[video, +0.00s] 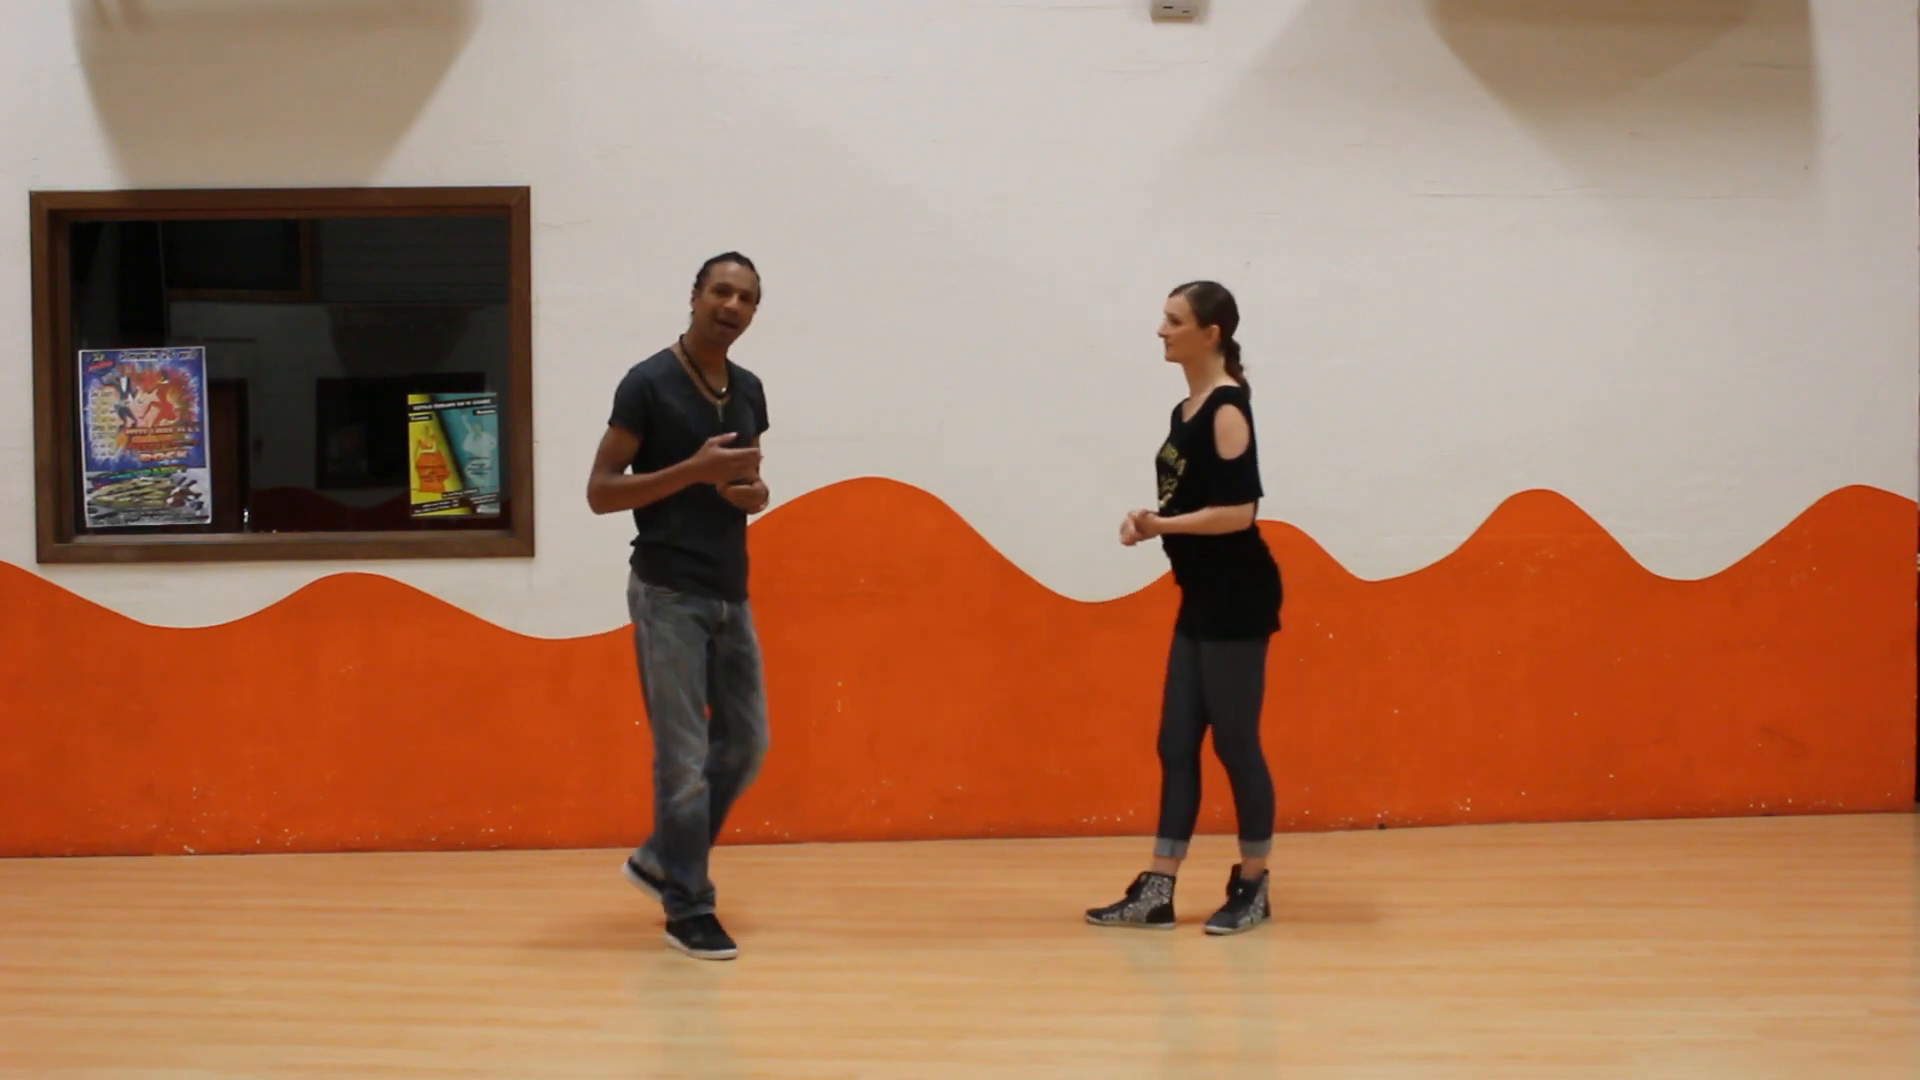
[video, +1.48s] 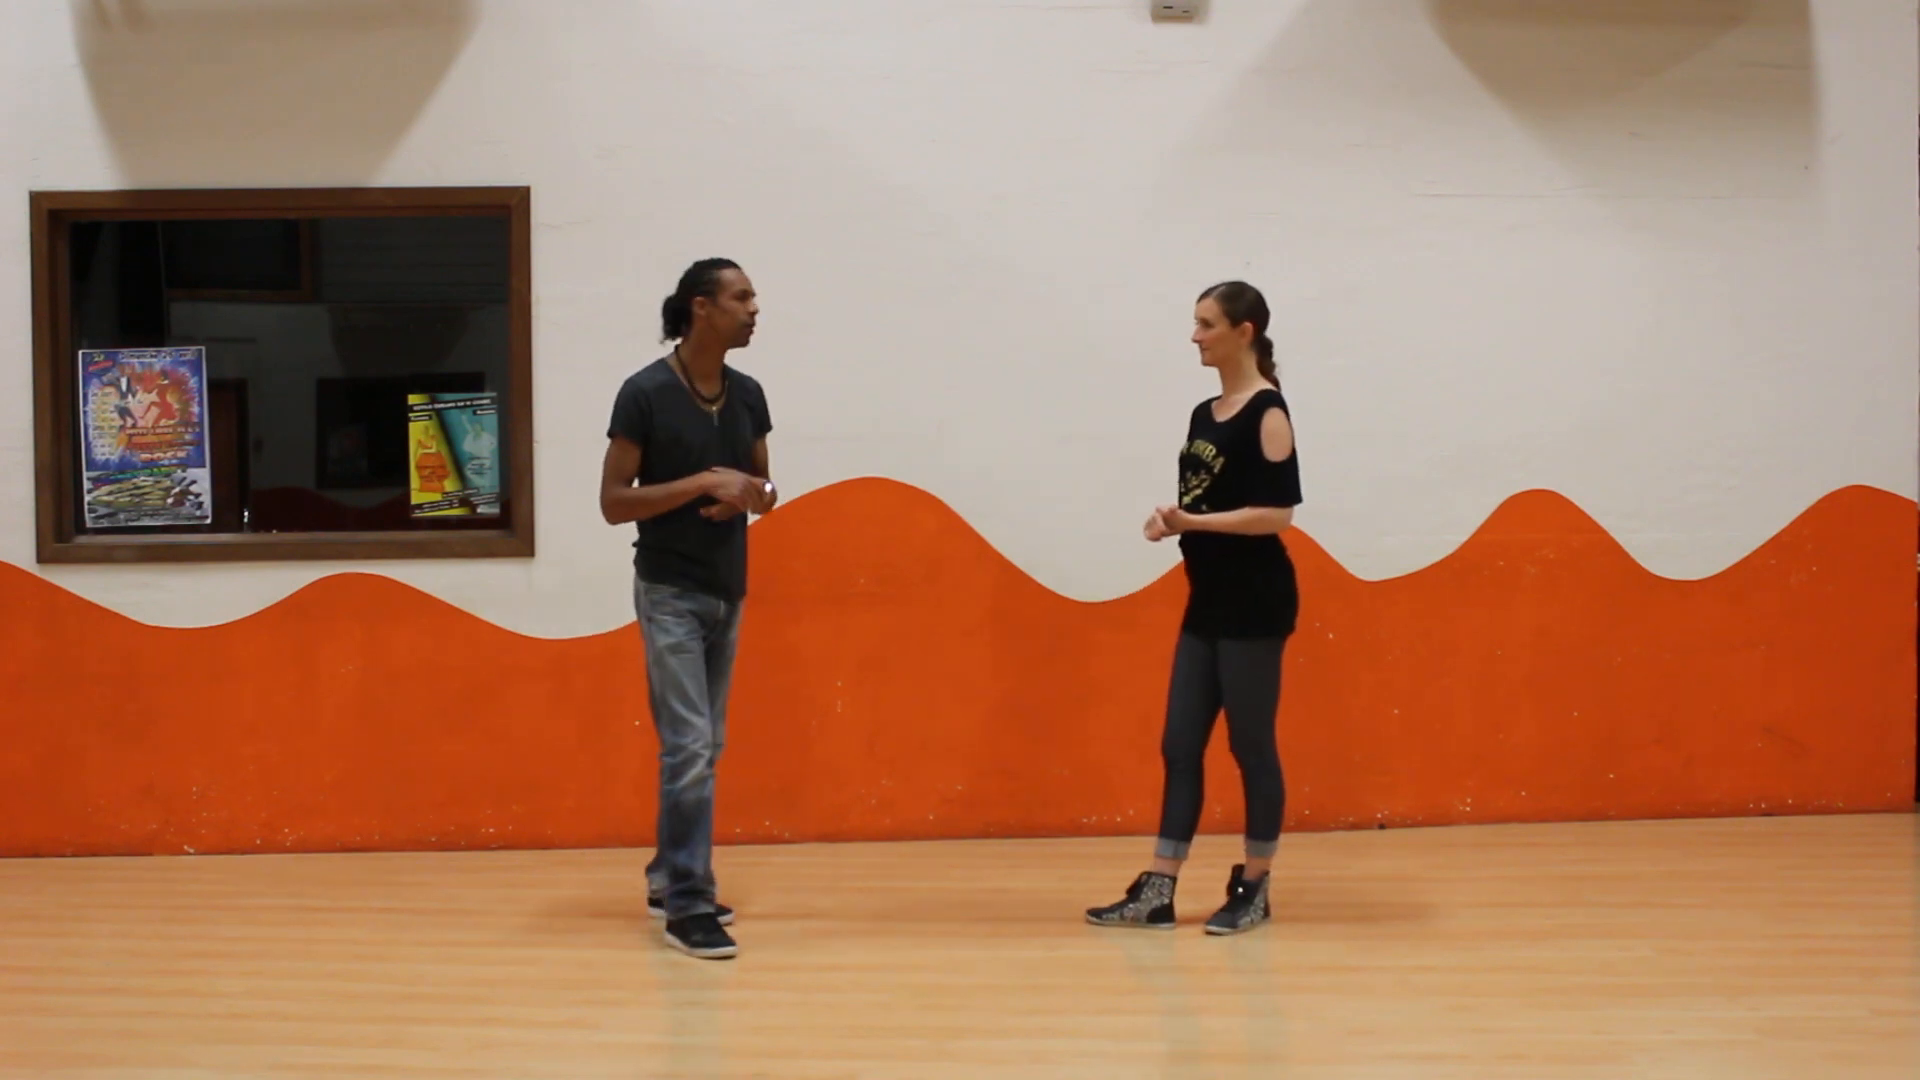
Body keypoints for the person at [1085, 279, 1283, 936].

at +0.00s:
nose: (1161, 331)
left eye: (1173, 323)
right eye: (1163, 321)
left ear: (1212, 332)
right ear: (1198, 332)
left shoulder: (1227, 408)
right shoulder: (1187, 408)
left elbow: (1241, 512)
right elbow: (1197, 502)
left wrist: (1159, 524)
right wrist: (1155, 521)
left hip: (1238, 602)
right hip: (1199, 599)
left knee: (1238, 745)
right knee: (1177, 745)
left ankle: (1252, 888)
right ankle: (1158, 888)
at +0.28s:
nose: (1180, 338)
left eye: (1191, 328)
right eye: (1179, 326)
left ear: (1230, 332)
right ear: (1203, 333)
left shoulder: (1255, 410)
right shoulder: (1193, 411)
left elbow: (1271, 511)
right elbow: (1208, 503)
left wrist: (1186, 523)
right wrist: (1171, 520)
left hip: (1254, 602)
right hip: (1207, 598)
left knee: (1251, 744)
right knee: (1178, 744)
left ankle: (1253, 888)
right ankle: (1158, 888)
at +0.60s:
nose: (1193, 340)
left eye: (1204, 328)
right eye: (1191, 328)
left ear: (1244, 330)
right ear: (1205, 333)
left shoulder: (1272, 414)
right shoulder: (1197, 413)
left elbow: (1285, 515)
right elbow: (1201, 501)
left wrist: (1198, 522)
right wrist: (1175, 516)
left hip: (1260, 606)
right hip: (1207, 602)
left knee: (1258, 745)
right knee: (1178, 744)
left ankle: (1252, 890)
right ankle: (1158, 890)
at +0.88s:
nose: (1195, 336)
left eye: (1207, 325)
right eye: (1195, 325)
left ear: (1247, 331)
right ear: (1216, 331)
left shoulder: (1272, 415)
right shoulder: (1200, 414)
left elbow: (1283, 516)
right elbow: (1208, 503)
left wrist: (1196, 522)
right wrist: (1177, 518)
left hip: (1259, 606)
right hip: (1208, 601)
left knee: (1257, 746)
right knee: (1180, 745)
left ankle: (1252, 890)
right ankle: (1158, 890)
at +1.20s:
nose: (1195, 337)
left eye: (1207, 325)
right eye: (1196, 325)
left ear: (1247, 330)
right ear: (1223, 331)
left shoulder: (1270, 414)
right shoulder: (1204, 413)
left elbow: (1278, 515)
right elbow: (1214, 505)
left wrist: (1192, 521)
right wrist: (1175, 518)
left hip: (1257, 605)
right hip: (1207, 600)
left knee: (1254, 745)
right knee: (1181, 745)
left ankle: (1253, 889)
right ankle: (1157, 890)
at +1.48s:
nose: (1195, 336)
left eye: (1206, 325)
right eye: (1196, 325)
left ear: (1247, 330)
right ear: (1230, 332)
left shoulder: (1269, 413)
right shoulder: (1206, 412)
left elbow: (1276, 515)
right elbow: (1213, 504)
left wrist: (1192, 521)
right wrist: (1175, 518)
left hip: (1255, 604)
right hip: (1207, 599)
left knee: (1253, 746)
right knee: (1180, 745)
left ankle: (1253, 889)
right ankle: (1158, 890)